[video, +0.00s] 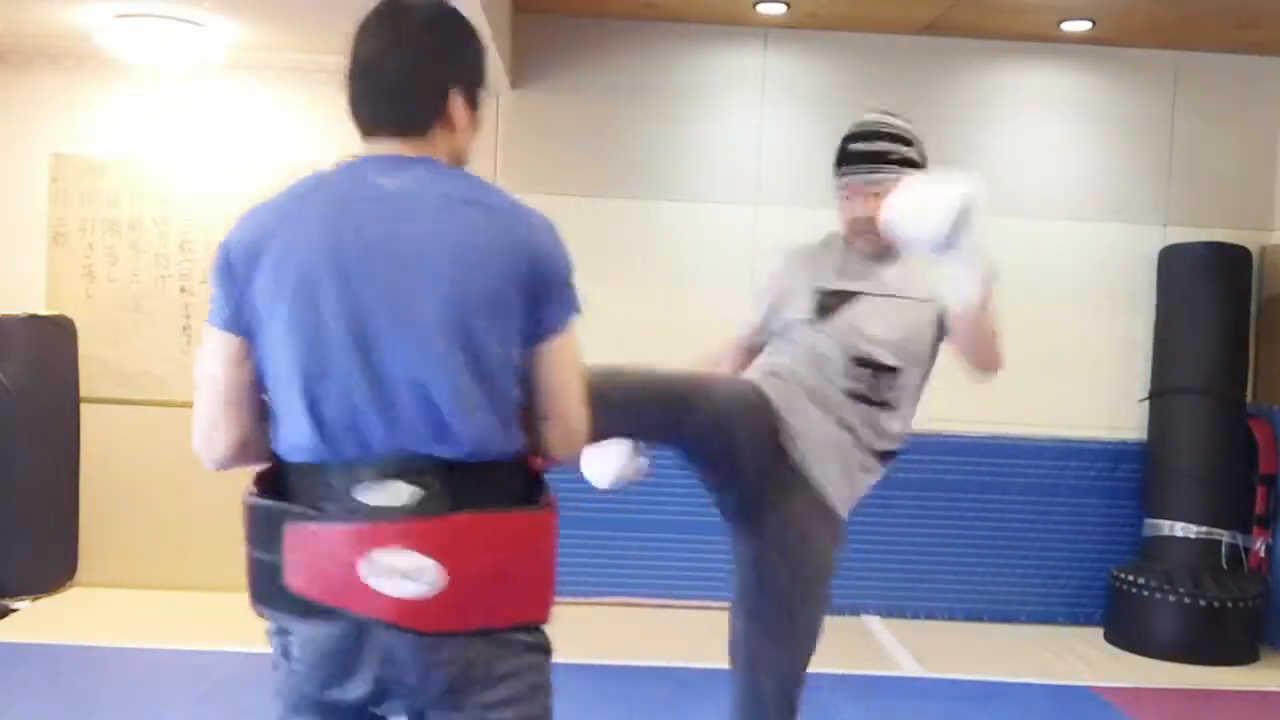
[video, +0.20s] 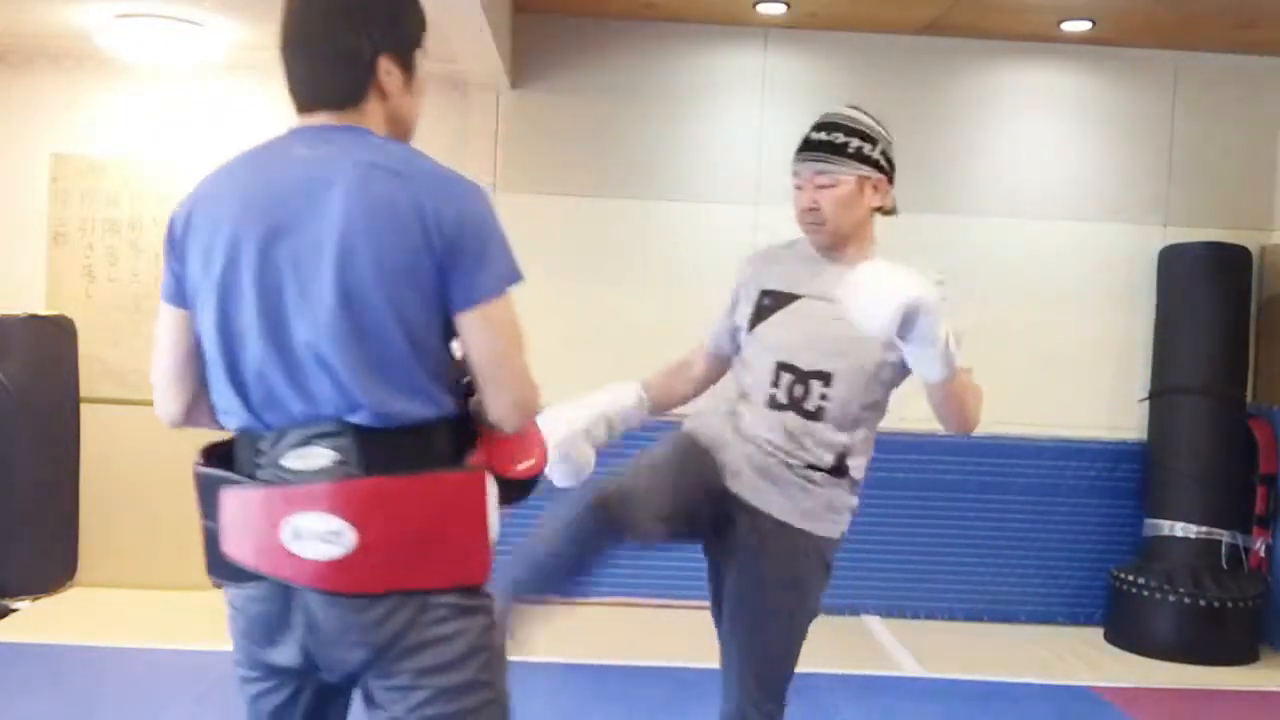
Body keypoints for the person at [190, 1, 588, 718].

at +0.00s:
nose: (480, 122)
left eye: (479, 102)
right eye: (479, 102)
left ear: (359, 99)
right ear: (456, 104)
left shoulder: (263, 233)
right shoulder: (519, 234)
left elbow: (220, 441)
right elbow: (564, 437)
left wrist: (321, 419)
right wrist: (473, 402)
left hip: (317, 608)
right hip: (477, 604)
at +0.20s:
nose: (420, 92)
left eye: (419, 73)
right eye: (416, 71)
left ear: (299, 76)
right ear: (385, 74)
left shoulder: (207, 202)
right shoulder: (440, 195)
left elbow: (178, 403)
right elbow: (512, 406)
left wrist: (288, 403)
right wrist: (462, 396)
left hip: (259, 544)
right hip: (404, 545)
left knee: (281, 708)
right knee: (438, 707)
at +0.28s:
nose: (406, 87)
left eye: (406, 68)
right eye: (403, 67)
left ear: (286, 71)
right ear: (370, 70)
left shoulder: (191, 198)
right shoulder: (416, 188)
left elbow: (167, 396)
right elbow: (500, 405)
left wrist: (268, 427)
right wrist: (470, 442)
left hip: (228, 532)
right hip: (370, 531)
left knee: (258, 709)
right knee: (408, 708)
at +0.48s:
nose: (390, 85)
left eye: (390, 66)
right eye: (387, 65)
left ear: (265, 68)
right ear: (350, 67)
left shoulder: (168, 197)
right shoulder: (385, 187)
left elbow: (122, 395)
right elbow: (471, 414)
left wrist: (129, 534)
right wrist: (514, 556)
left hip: (184, 561)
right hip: (323, 564)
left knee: (222, 707)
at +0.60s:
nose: (384, 92)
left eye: (387, 72)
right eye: (383, 69)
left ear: (252, 68)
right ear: (343, 66)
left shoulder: (151, 201)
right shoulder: (370, 193)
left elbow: (89, 407)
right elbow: (478, 423)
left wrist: (96, 551)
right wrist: (529, 571)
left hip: (164, 584)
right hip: (299, 592)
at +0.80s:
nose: (376, 80)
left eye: (379, 56)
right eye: (374, 53)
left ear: (233, 46)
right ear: (333, 45)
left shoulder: (123, 192)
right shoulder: (345, 180)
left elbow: (87, 423)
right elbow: (510, 410)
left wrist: (110, 537)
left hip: (121, 570)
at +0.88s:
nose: (371, 75)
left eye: (373, 51)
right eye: (370, 49)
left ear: (232, 39)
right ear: (331, 40)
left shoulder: (118, 182)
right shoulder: (338, 174)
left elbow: (91, 430)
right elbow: (514, 389)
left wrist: (115, 543)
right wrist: (592, 381)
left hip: (117, 565)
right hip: (264, 582)